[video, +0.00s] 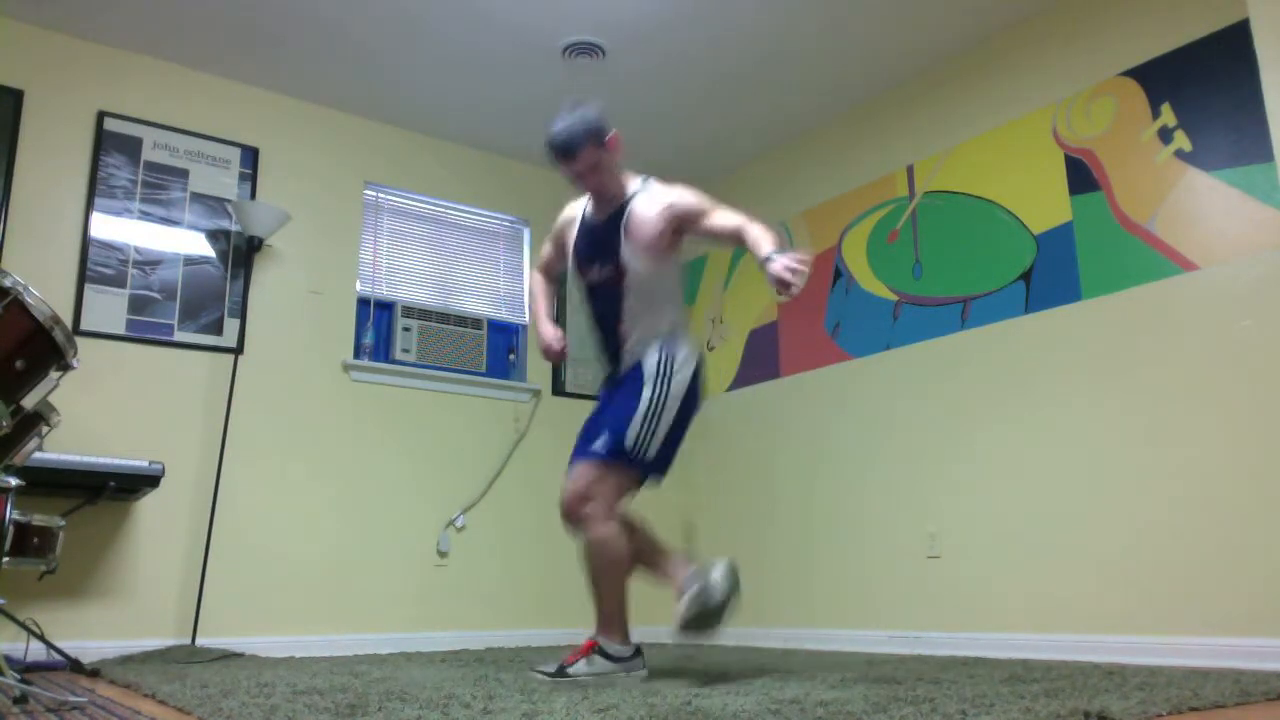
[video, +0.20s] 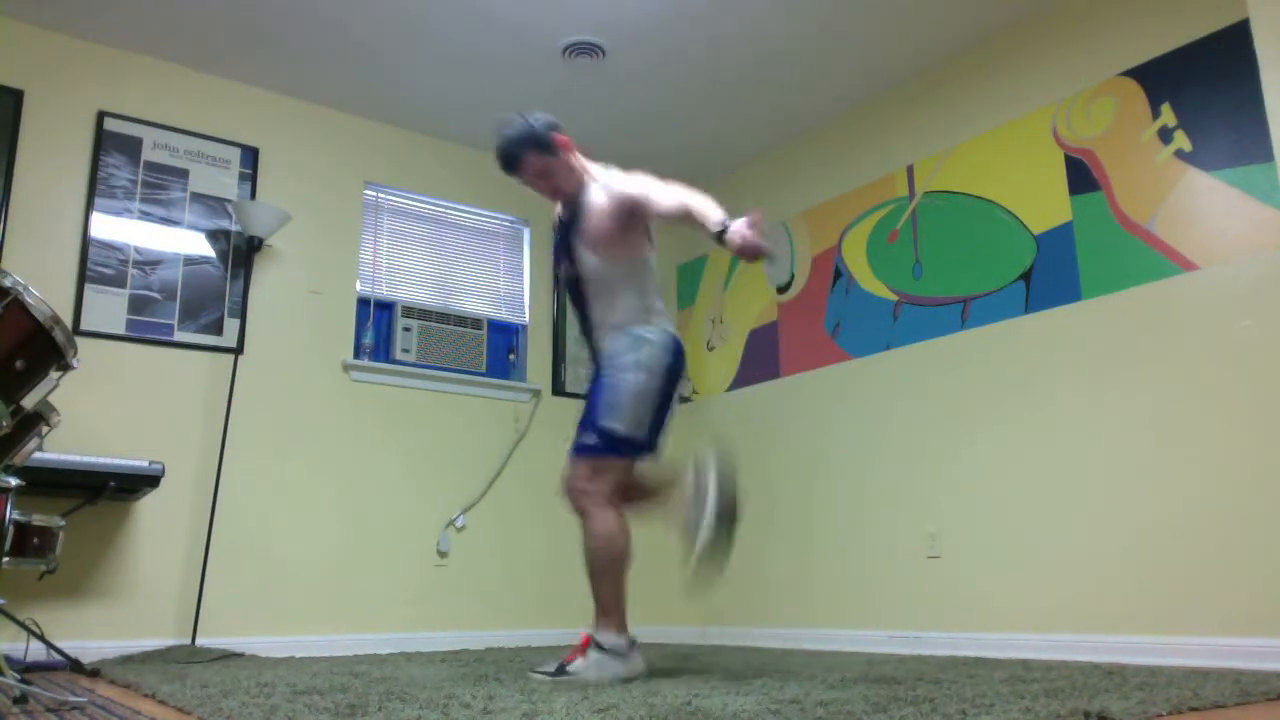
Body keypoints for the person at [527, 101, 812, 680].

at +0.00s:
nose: (584, 179)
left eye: (589, 164)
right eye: (572, 170)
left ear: (614, 146)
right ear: (563, 170)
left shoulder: (661, 203)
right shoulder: (573, 219)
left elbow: (744, 225)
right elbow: (543, 272)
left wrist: (771, 256)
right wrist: (544, 323)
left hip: (664, 366)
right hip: (626, 374)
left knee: (592, 498)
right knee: (579, 506)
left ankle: (614, 646)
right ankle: (695, 579)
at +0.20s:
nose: (541, 189)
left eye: (542, 174)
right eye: (532, 183)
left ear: (565, 147)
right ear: (529, 178)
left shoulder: (613, 187)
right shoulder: (574, 206)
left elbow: (675, 199)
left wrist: (726, 226)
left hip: (641, 348)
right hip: (617, 353)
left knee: (592, 487)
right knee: (585, 484)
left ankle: (613, 645)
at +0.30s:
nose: (536, 179)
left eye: (533, 165)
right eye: (525, 174)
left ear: (554, 136)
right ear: (531, 165)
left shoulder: (599, 167)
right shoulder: (578, 194)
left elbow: (672, 182)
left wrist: (679, 230)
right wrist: (709, 276)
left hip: (614, 334)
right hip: (637, 338)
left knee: (574, 482)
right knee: (616, 481)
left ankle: (607, 618)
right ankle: (676, 414)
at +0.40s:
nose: (532, 189)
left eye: (527, 178)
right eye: (527, 181)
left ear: (536, 155)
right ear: (559, 136)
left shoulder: (578, 175)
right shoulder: (625, 175)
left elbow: (621, 208)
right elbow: (707, 213)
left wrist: (601, 257)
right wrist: (736, 260)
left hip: (603, 352)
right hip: (652, 351)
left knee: (582, 501)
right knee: (620, 485)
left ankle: (598, 644)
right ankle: (645, 442)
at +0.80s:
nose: (703, 193)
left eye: (708, 187)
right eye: (707, 184)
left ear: (665, 155)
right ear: (695, 164)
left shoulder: (597, 180)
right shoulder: (670, 174)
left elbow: (525, 210)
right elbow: (702, 201)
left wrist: (523, 284)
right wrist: (773, 225)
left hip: (600, 332)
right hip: (657, 312)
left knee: (631, 478)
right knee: (720, 404)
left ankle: (631, 610)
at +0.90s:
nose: (725, 228)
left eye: (733, 223)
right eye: (730, 216)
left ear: (696, 181)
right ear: (716, 191)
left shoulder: (637, 213)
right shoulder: (690, 203)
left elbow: (549, 253)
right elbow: (654, 246)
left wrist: (535, 331)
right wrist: (679, 318)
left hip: (608, 364)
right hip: (651, 350)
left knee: (664, 502)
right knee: (729, 460)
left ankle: (651, 636)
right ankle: (702, 592)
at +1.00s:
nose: (742, 254)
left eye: (749, 248)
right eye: (746, 241)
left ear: (731, 226)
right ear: (729, 217)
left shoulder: (685, 262)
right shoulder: (682, 231)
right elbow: (627, 272)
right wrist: (633, 335)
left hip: (620, 388)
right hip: (649, 380)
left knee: (693, 516)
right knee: (729, 498)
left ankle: (650, 641)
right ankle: (718, 633)